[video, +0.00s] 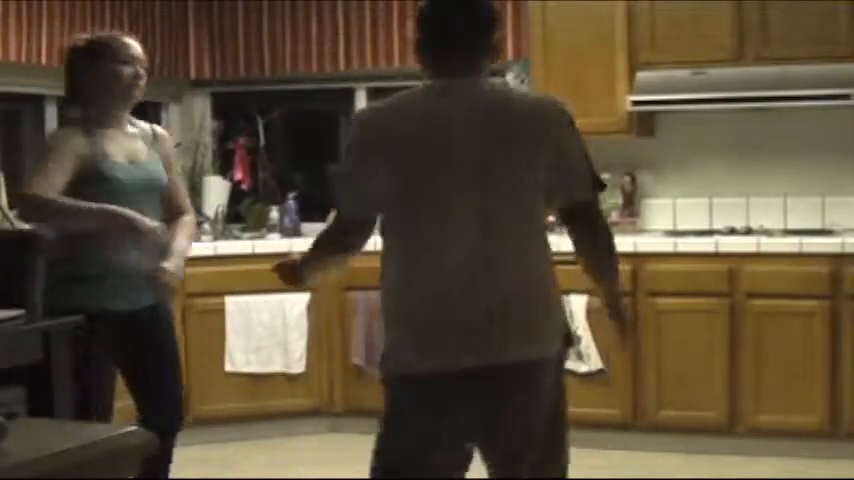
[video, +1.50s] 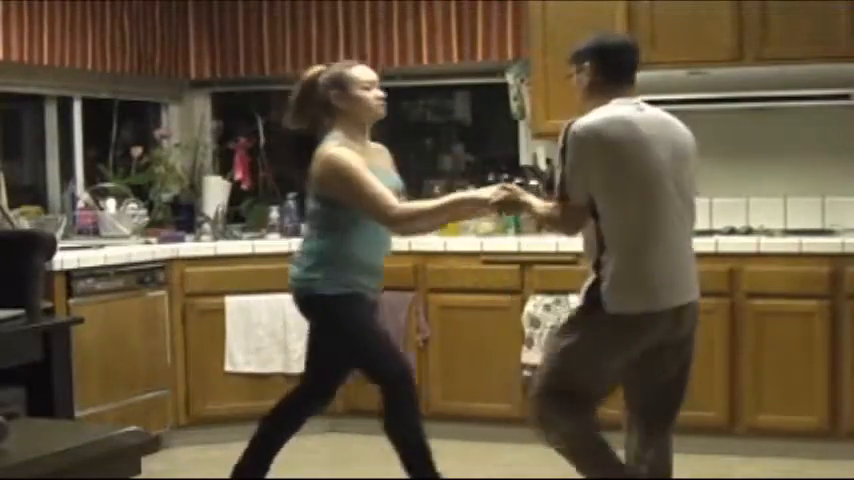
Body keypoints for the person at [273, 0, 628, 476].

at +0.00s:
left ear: (420, 47)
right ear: (494, 45)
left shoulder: (380, 125)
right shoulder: (542, 118)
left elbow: (350, 227)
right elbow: (585, 221)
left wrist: (305, 268)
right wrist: (612, 293)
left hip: (425, 364)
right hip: (525, 362)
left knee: (407, 473)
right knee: (533, 472)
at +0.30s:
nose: (439, 59)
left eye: (439, 51)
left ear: (439, 57)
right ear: (505, 57)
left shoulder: (403, 129)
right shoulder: (547, 121)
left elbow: (370, 223)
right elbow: (565, 196)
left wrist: (304, 237)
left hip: (434, 336)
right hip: (524, 332)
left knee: (431, 466)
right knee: (530, 456)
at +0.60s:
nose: (525, 66)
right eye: (529, 57)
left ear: (474, 60)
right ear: (531, 59)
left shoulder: (436, 123)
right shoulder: (570, 119)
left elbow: (410, 214)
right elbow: (602, 208)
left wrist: (339, 237)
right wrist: (574, 232)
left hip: (454, 316)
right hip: (536, 315)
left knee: (442, 446)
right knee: (546, 435)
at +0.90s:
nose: (525, 73)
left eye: (526, 66)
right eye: (586, 64)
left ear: (532, 67)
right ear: (585, 65)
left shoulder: (502, 128)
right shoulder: (625, 123)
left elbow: (469, 200)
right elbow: (651, 196)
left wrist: (422, 165)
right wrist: (623, 203)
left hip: (519, 305)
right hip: (594, 304)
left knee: (479, 409)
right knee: (580, 422)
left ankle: (496, 478)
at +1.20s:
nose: (567, 82)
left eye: (569, 73)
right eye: (568, 73)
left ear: (580, 77)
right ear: (629, 76)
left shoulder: (559, 138)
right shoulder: (678, 131)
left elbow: (531, 207)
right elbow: (695, 207)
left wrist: (470, 191)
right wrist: (638, 187)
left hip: (582, 313)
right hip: (655, 310)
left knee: (511, 397)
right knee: (644, 433)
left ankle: (526, 475)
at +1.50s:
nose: (574, 84)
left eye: (576, 73)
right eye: (575, 74)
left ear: (590, 74)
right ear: (630, 76)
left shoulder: (586, 131)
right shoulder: (677, 129)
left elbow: (568, 219)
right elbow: (669, 211)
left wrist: (521, 200)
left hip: (621, 305)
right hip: (680, 302)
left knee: (554, 408)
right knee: (651, 433)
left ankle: (615, 473)